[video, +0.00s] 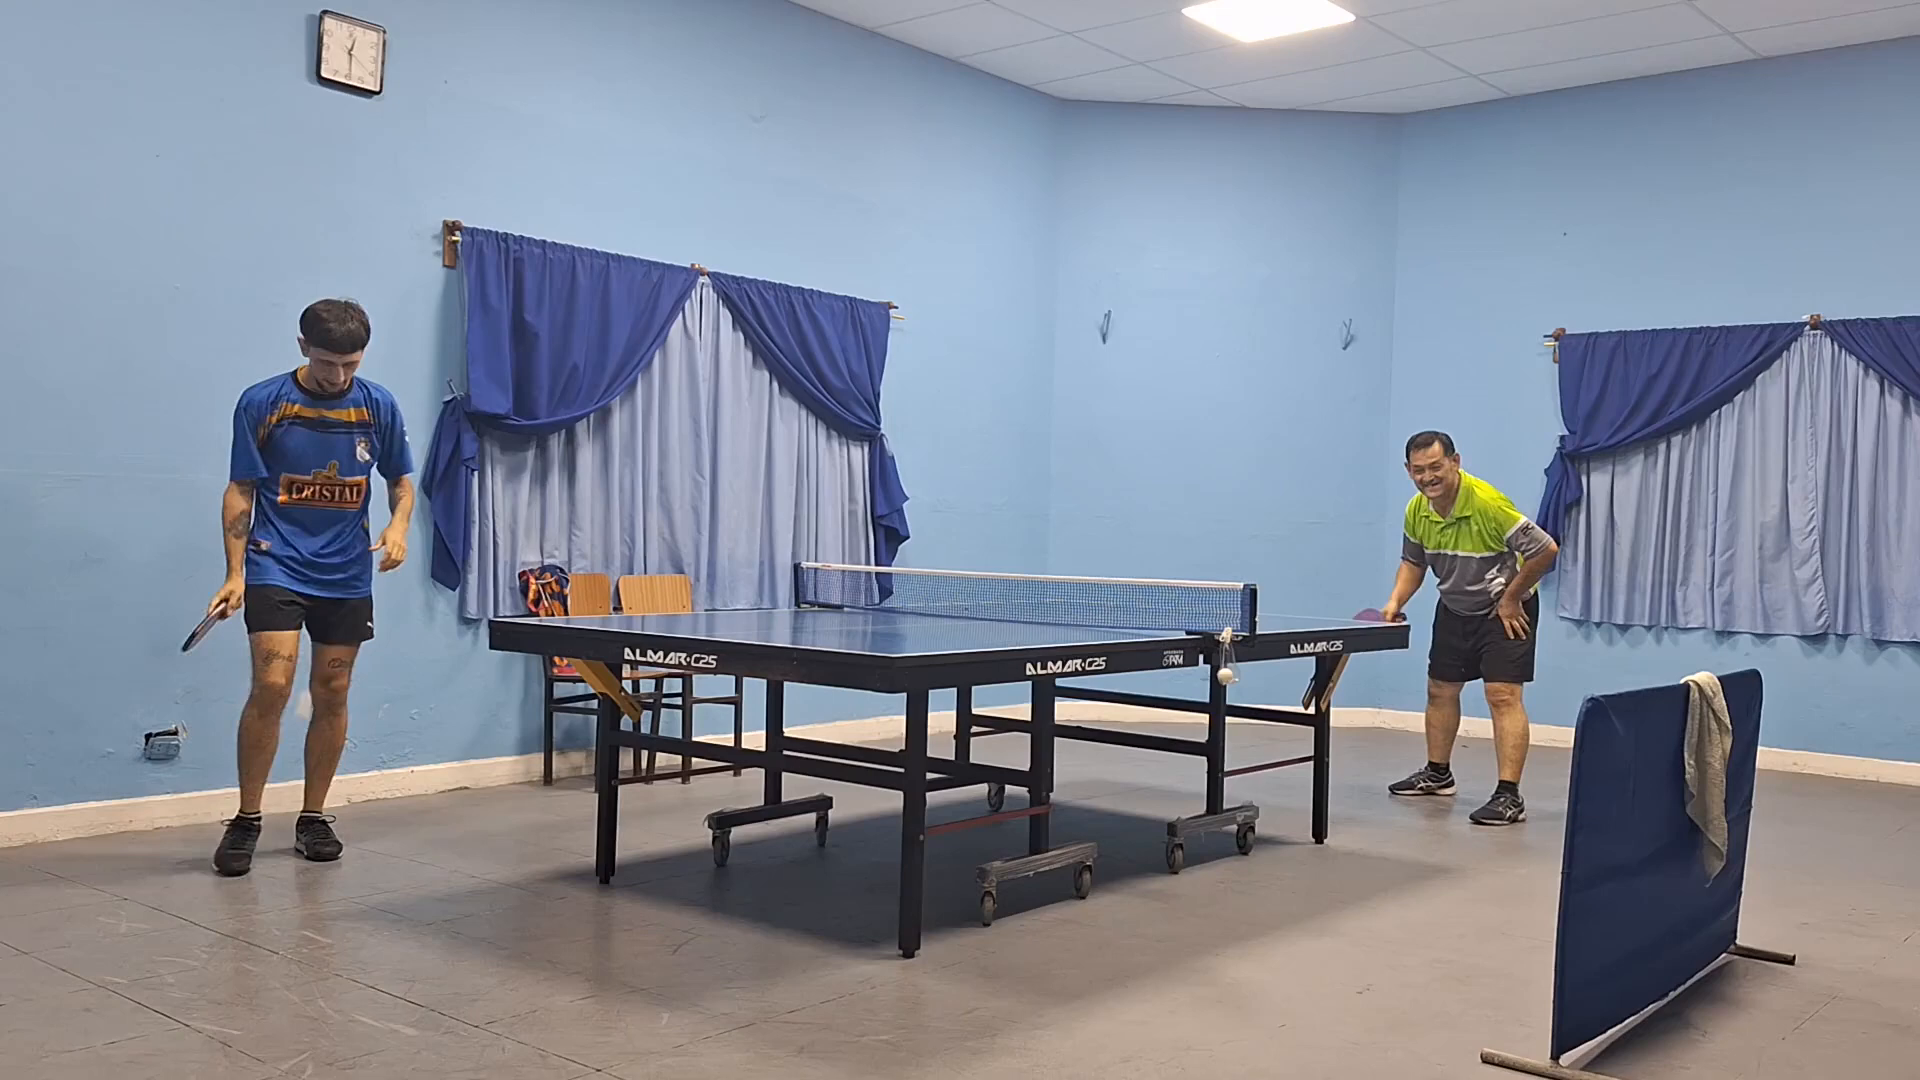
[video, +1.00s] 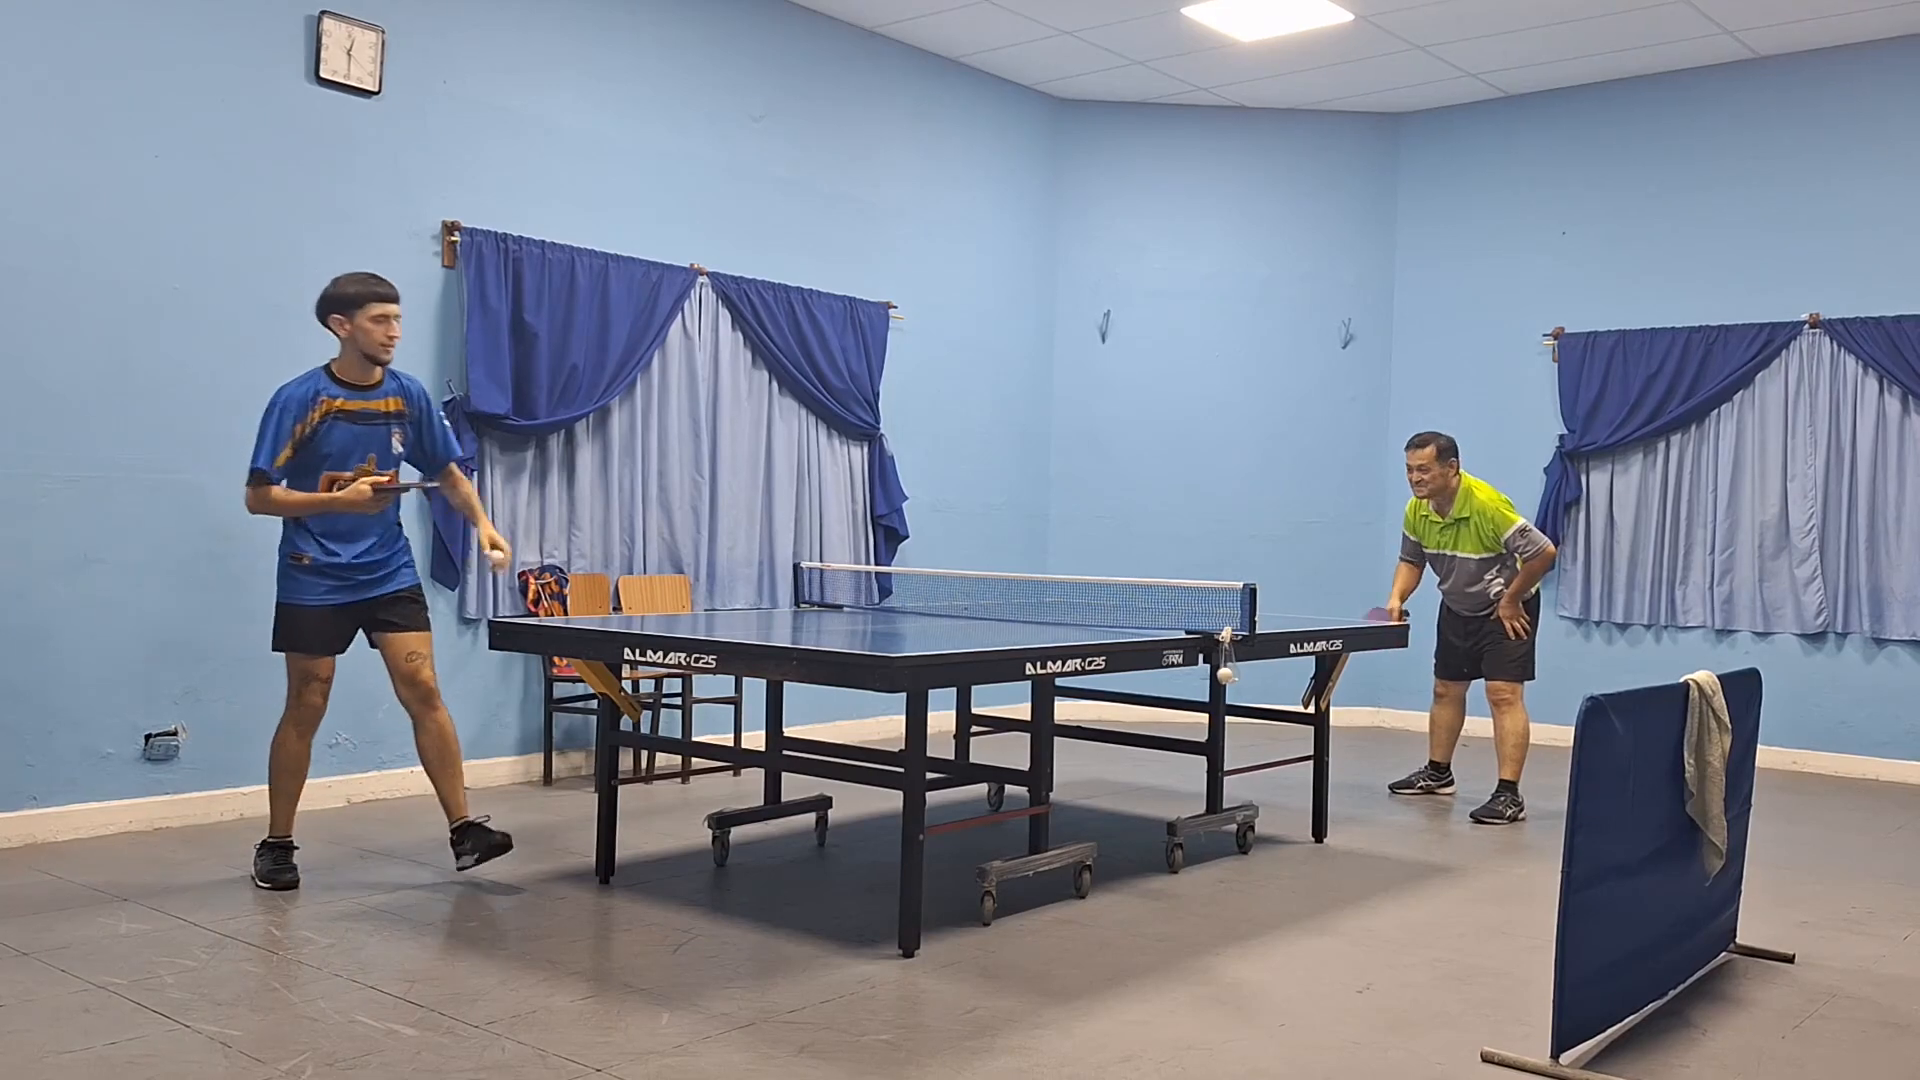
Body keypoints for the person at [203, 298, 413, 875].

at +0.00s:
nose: (339, 377)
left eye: (350, 365)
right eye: (327, 364)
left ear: (363, 356)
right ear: (303, 347)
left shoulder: (379, 407)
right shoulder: (261, 404)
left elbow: (401, 479)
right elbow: (240, 490)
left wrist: (399, 524)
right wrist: (235, 573)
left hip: (345, 569)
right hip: (275, 564)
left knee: (333, 690)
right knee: (273, 683)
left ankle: (314, 818)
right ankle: (247, 820)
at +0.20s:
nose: (339, 361)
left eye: (348, 348)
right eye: (326, 349)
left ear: (357, 340)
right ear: (297, 339)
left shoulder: (377, 402)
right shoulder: (256, 404)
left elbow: (418, 471)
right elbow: (232, 480)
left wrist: (423, 502)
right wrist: (236, 535)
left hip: (349, 570)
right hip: (281, 566)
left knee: (331, 692)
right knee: (283, 688)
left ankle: (315, 819)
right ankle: (273, 834)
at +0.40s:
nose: (337, 349)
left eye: (343, 338)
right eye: (325, 340)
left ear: (348, 331)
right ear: (288, 334)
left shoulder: (365, 392)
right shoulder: (249, 403)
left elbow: (399, 462)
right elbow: (216, 490)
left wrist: (421, 484)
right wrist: (252, 541)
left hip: (351, 569)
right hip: (282, 568)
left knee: (352, 696)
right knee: (287, 691)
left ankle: (320, 809)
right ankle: (275, 839)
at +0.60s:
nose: (336, 332)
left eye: (341, 320)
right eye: (322, 323)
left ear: (346, 321)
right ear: (286, 327)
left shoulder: (361, 390)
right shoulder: (251, 398)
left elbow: (365, 470)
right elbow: (211, 489)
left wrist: (410, 496)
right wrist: (266, 531)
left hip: (357, 564)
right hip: (285, 574)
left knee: (394, 681)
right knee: (290, 697)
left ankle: (357, 795)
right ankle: (277, 841)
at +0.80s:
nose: (348, 320)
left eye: (353, 309)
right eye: (334, 310)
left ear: (359, 314)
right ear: (298, 316)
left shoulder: (372, 388)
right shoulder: (263, 393)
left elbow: (388, 468)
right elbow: (218, 487)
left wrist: (421, 503)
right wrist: (293, 508)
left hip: (367, 566)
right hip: (294, 574)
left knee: (398, 686)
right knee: (293, 700)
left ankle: (428, 826)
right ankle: (277, 842)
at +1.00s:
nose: (394, 330)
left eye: (397, 320)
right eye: (381, 320)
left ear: (397, 326)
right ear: (340, 325)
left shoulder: (409, 396)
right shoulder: (298, 399)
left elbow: (447, 471)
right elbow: (258, 496)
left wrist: (483, 523)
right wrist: (336, 500)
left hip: (389, 570)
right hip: (314, 577)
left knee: (421, 687)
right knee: (307, 704)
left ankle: (463, 828)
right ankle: (278, 844)